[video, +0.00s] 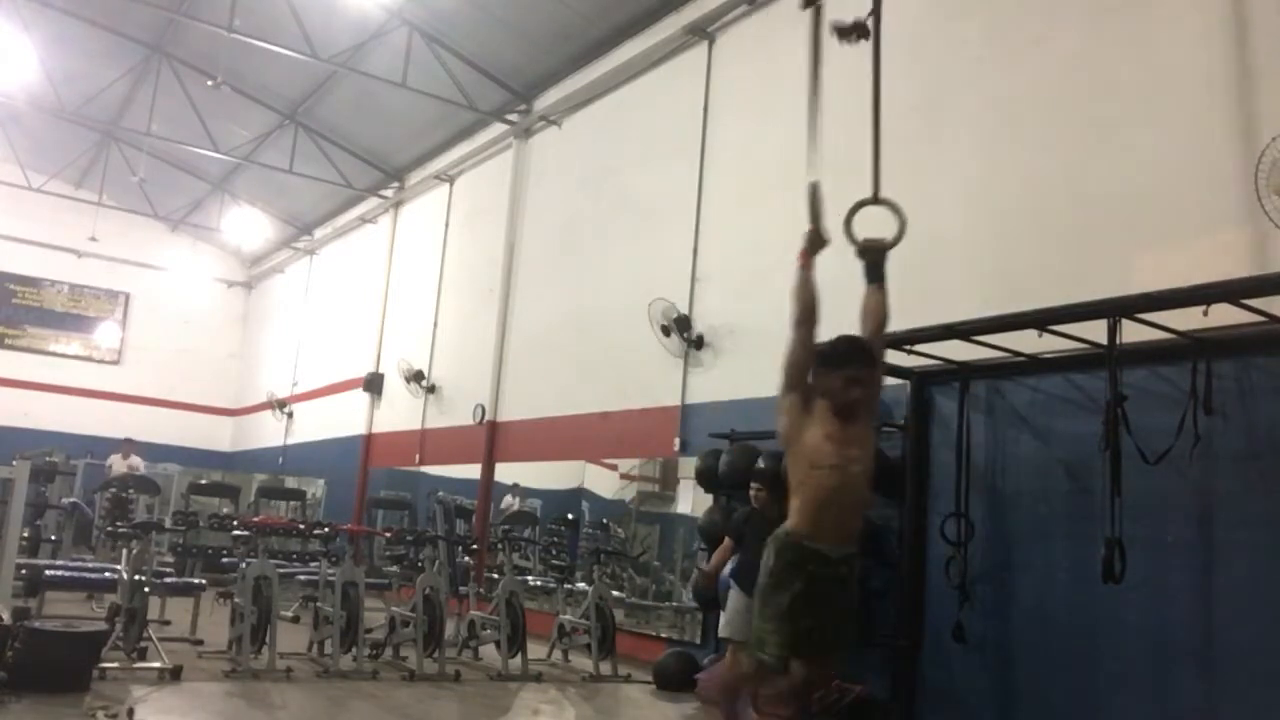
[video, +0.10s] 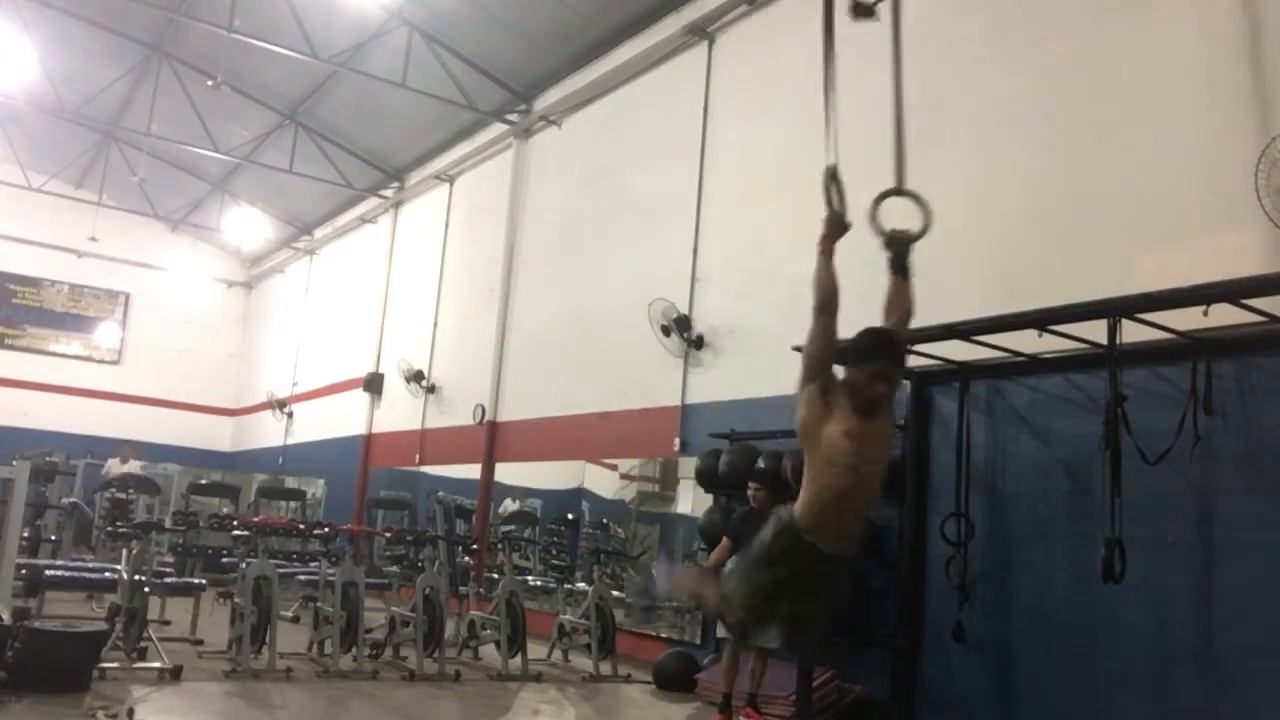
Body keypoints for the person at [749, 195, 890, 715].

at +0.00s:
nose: (859, 391)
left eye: (864, 382)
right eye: (849, 382)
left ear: (870, 383)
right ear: (822, 380)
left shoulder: (865, 414)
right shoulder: (798, 409)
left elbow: (875, 335)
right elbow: (803, 328)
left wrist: (874, 267)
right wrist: (805, 261)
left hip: (841, 564)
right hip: (792, 557)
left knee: (813, 675)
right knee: (763, 662)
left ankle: (762, 704)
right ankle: (714, 692)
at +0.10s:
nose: (879, 389)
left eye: (888, 380)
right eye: (872, 378)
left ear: (896, 382)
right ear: (849, 370)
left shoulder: (882, 406)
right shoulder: (820, 402)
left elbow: (897, 324)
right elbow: (824, 314)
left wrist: (899, 259)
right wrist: (827, 246)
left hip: (837, 560)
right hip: (792, 545)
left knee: (791, 633)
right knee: (733, 607)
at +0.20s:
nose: (897, 382)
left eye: (904, 373)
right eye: (890, 369)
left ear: (910, 368)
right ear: (865, 356)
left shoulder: (891, 392)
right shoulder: (828, 389)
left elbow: (918, 320)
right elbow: (833, 304)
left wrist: (924, 252)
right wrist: (840, 231)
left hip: (833, 542)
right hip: (784, 524)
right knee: (708, 564)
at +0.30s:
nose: (901, 376)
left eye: (908, 366)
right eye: (894, 363)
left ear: (913, 364)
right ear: (870, 351)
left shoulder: (893, 385)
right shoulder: (830, 379)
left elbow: (926, 315)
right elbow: (835, 297)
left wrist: (935, 245)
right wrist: (845, 222)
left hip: (815, 521)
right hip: (774, 504)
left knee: (765, 582)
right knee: (699, 542)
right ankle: (663, 465)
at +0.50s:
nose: (882, 379)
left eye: (889, 370)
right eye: (873, 367)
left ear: (894, 370)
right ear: (848, 360)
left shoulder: (877, 395)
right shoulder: (816, 393)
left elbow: (903, 324)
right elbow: (820, 307)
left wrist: (908, 253)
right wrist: (827, 235)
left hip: (808, 541)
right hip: (767, 524)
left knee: (751, 593)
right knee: (704, 577)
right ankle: (654, 536)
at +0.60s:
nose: (857, 381)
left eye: (864, 372)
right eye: (848, 371)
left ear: (867, 374)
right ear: (822, 367)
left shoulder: (854, 405)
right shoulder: (794, 399)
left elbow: (871, 332)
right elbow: (803, 314)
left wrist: (873, 265)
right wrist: (806, 250)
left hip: (802, 558)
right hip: (762, 544)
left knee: (747, 631)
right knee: (710, 622)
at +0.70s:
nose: (818, 389)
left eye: (824, 381)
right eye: (810, 378)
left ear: (827, 384)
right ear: (786, 374)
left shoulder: (816, 415)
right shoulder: (759, 408)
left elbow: (834, 345)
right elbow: (769, 330)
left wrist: (836, 276)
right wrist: (774, 266)